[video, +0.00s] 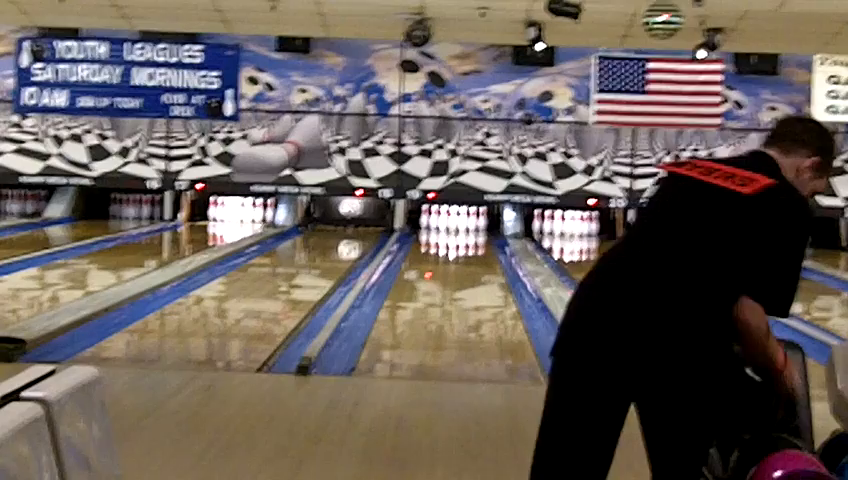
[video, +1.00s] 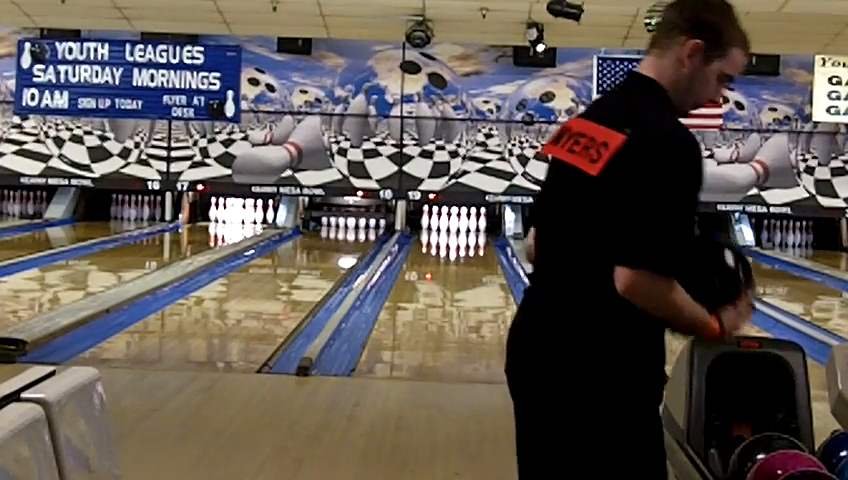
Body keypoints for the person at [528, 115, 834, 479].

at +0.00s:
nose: (810, 199)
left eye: (817, 193)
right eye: (815, 189)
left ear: (766, 146)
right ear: (807, 166)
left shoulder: (691, 169)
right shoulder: (784, 202)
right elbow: (745, 307)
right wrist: (774, 364)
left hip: (597, 320)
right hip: (677, 342)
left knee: (563, 470)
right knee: (682, 472)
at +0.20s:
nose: (789, 170)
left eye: (796, 162)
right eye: (795, 159)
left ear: (743, 121)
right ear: (784, 139)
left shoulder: (656, 154)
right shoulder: (764, 195)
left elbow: (604, 244)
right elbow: (721, 303)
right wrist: (735, 359)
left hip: (583, 337)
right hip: (669, 354)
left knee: (569, 479)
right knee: (674, 478)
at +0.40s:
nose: (738, 118)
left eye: (743, 107)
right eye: (742, 104)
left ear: (683, 82)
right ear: (727, 93)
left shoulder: (599, 140)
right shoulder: (717, 176)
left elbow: (549, 256)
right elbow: (693, 301)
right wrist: (698, 371)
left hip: (555, 360)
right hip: (643, 372)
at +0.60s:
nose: (688, 92)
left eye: (695, 80)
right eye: (692, 78)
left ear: (626, 49)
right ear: (670, 56)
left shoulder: (561, 120)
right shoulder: (659, 133)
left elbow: (544, 242)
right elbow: (674, 263)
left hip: (538, 345)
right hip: (622, 354)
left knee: (545, 477)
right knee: (636, 477)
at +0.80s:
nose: (688, 85)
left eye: (695, 73)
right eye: (691, 70)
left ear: (647, 44)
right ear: (662, 47)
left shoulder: (569, 110)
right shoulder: (646, 130)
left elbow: (568, 238)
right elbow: (638, 259)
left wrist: (685, 261)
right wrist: (733, 232)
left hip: (538, 343)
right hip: (612, 355)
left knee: (549, 475)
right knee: (633, 476)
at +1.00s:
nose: (720, 96)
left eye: (728, 84)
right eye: (723, 79)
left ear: (683, 51)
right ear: (691, 52)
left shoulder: (593, 114)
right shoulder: (669, 142)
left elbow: (539, 245)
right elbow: (637, 278)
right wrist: (710, 326)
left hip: (542, 340)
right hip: (611, 358)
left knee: (549, 477)